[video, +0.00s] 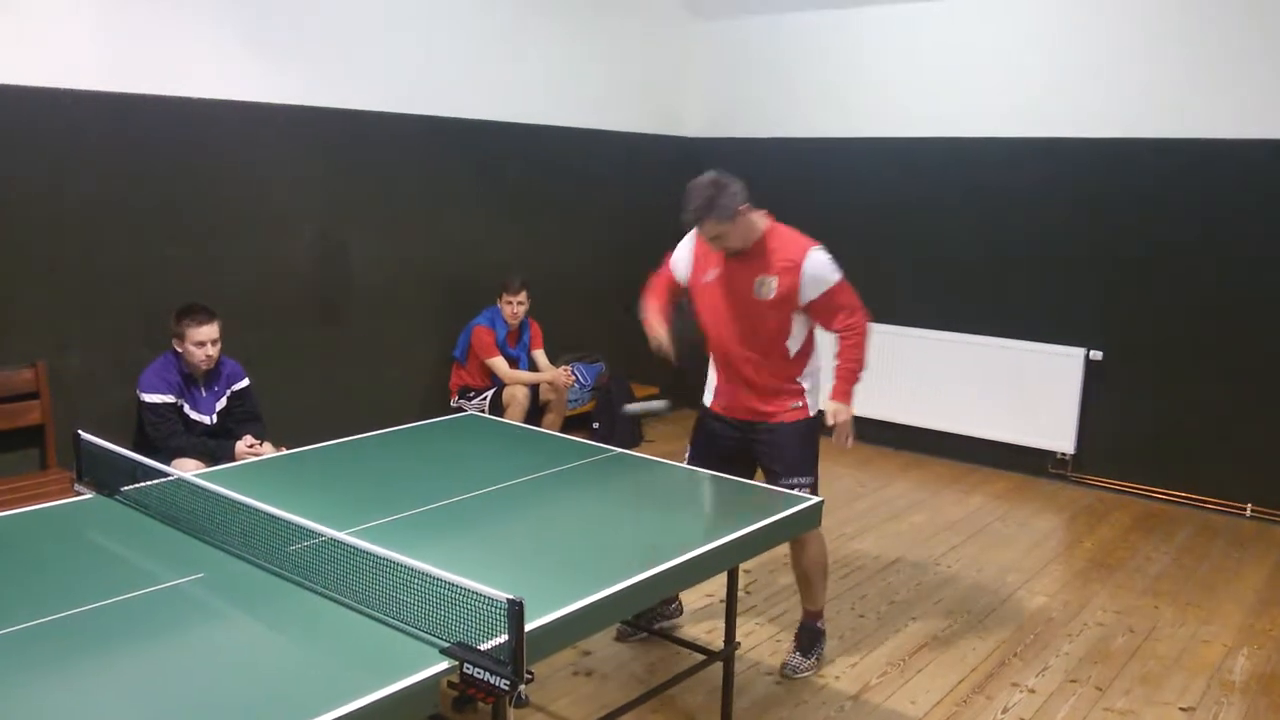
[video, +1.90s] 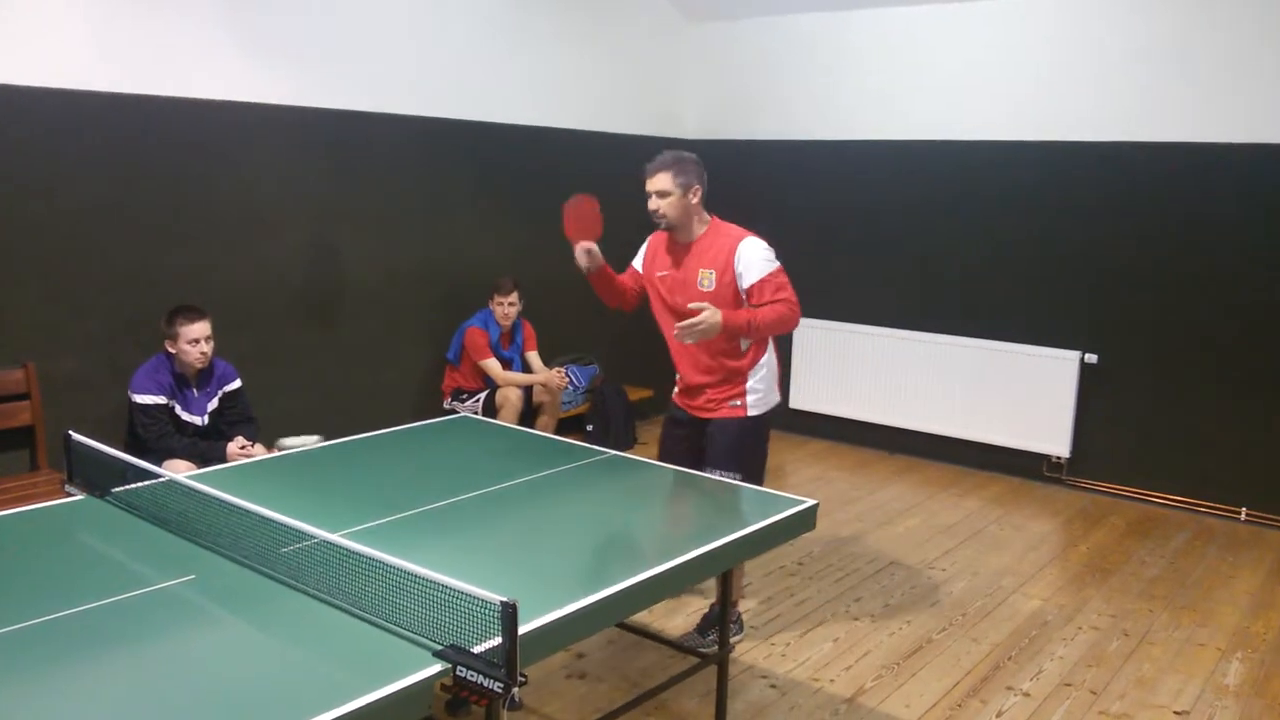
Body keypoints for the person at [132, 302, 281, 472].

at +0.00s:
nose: (210, 353)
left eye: (215, 343)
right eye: (200, 345)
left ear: (220, 341)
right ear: (178, 345)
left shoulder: (231, 372)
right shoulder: (155, 380)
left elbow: (248, 419)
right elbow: (169, 442)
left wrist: (249, 437)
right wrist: (230, 451)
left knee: (268, 452)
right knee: (190, 469)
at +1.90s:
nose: (204, 350)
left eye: (208, 340)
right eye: (194, 343)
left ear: (213, 340)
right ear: (171, 346)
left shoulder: (224, 373)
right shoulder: (148, 382)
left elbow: (241, 422)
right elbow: (160, 443)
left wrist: (241, 439)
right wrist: (222, 452)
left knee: (258, 453)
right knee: (183, 471)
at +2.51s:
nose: (220, 346)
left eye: (223, 337)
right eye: (209, 339)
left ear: (229, 336)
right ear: (187, 342)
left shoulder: (239, 368)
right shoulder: (165, 377)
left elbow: (255, 417)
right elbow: (177, 438)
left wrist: (256, 435)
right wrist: (237, 446)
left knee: (274, 448)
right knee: (198, 465)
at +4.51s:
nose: (201, 352)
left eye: (209, 343)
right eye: (193, 343)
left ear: (221, 342)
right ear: (179, 343)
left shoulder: (234, 372)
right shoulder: (159, 379)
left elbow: (249, 420)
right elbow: (172, 441)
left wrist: (249, 438)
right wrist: (232, 449)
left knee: (269, 450)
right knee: (193, 467)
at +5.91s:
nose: (188, 360)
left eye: (197, 351)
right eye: (180, 351)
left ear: (212, 350)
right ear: (170, 350)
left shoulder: (225, 380)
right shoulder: (150, 386)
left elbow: (241, 427)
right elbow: (161, 449)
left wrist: (241, 446)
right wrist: (223, 458)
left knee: (261, 460)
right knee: (184, 475)